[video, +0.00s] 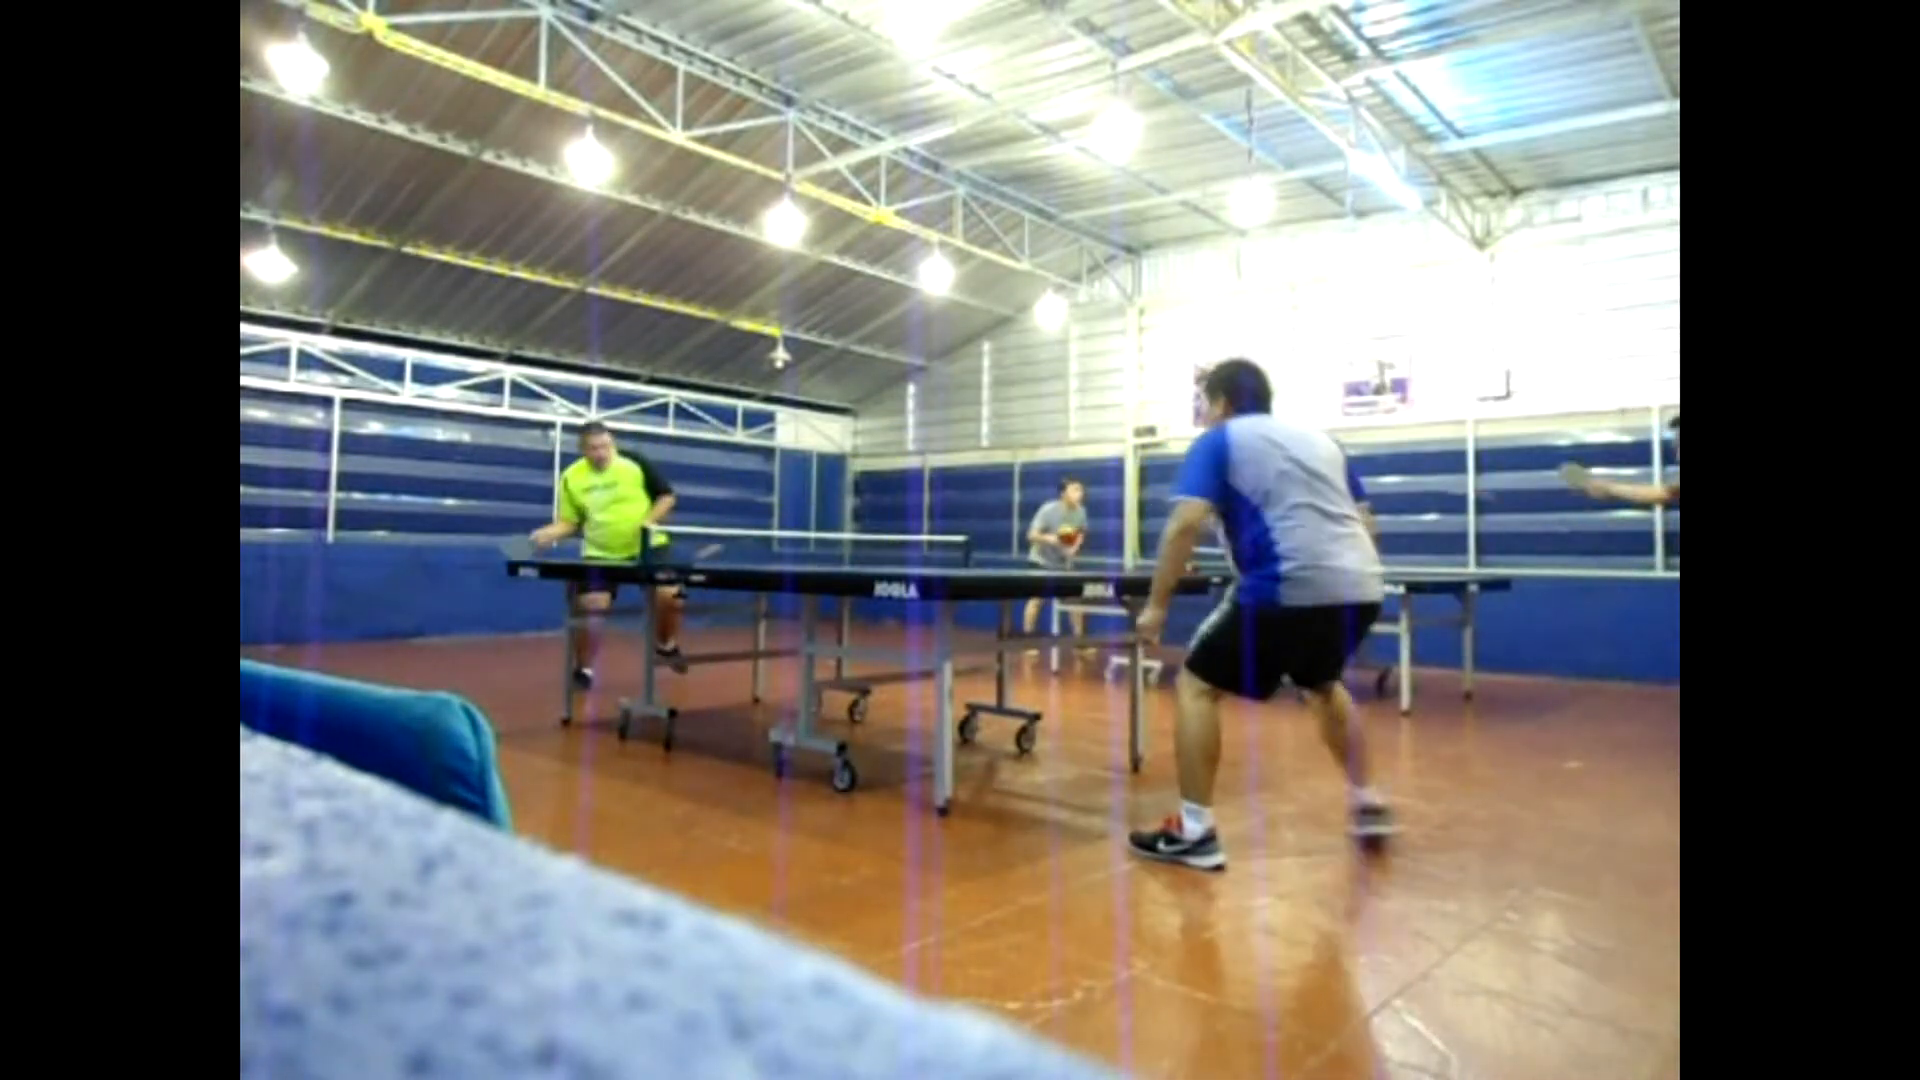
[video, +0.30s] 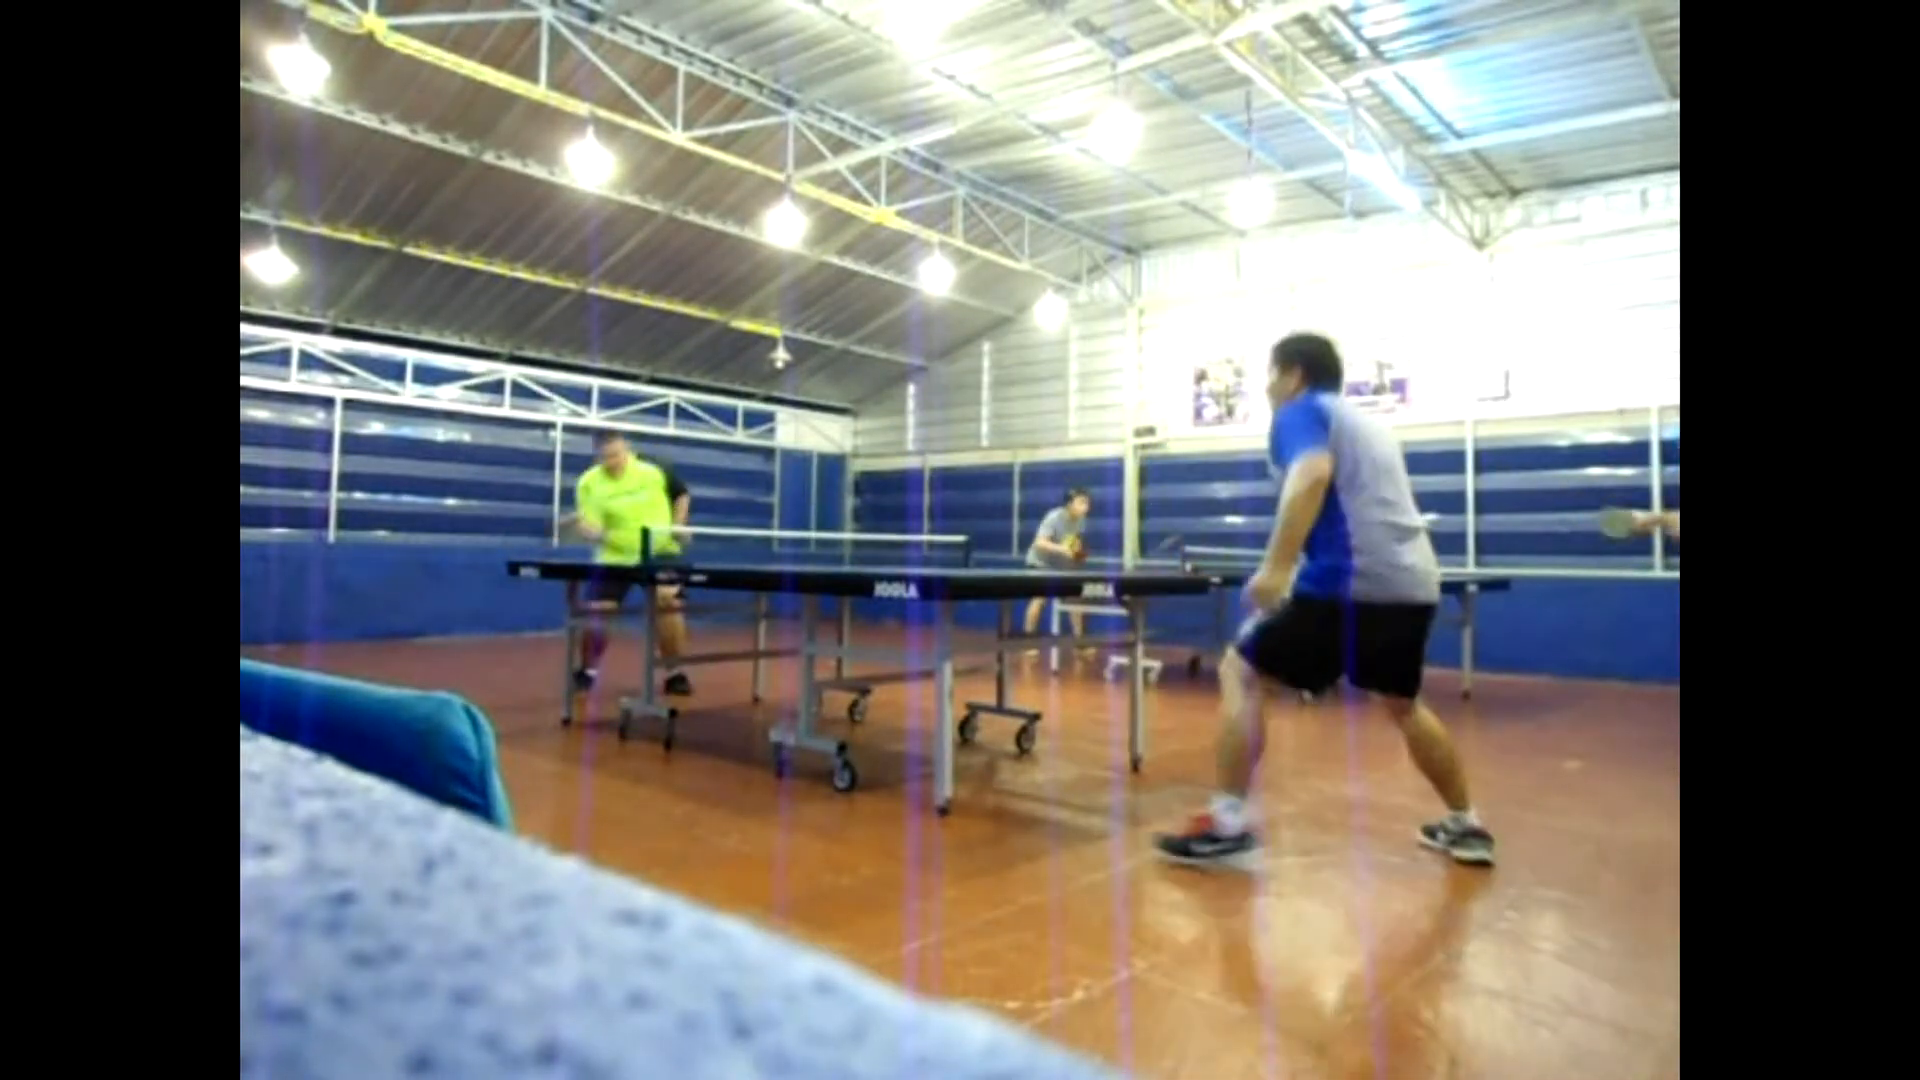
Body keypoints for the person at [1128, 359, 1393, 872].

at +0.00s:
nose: (1201, 414)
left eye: (1204, 403)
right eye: (1201, 403)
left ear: (1224, 402)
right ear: (1264, 401)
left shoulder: (1217, 442)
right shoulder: (1320, 442)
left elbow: (1187, 523)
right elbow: (1364, 520)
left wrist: (1156, 608)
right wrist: (1363, 586)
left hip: (1283, 592)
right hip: (1359, 591)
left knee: (1197, 686)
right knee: (1323, 682)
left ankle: (1193, 828)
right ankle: (1366, 799)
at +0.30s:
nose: (1268, 388)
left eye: (1273, 376)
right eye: (1269, 376)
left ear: (1295, 376)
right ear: (1331, 379)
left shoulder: (1301, 412)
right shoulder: (1367, 423)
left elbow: (1313, 472)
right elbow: (1386, 508)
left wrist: (1275, 568)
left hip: (1346, 589)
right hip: (1412, 591)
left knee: (1240, 669)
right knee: (1404, 703)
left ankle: (1228, 821)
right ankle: (1466, 821)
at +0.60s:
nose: (1264, 393)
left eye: (1268, 383)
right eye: (1265, 383)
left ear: (1287, 379)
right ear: (1327, 380)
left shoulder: (1289, 412)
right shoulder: (1376, 439)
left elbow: (1258, 476)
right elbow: (1379, 520)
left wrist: (1197, 534)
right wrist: (1279, 527)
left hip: (1317, 594)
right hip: (1391, 599)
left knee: (1231, 698)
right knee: (1386, 712)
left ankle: (1206, 859)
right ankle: (1447, 826)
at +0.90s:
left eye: (1245, 403)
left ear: (1248, 405)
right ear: (1311, 413)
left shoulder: (1198, 444)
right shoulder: (1317, 443)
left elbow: (1123, 490)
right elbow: (1327, 508)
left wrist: (1184, 521)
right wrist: (1397, 606)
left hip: (1164, 624)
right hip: (1260, 627)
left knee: (1126, 754)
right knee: (1321, 725)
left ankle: (1074, 871)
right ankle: (1363, 843)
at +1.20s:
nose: (1132, 353)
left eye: (1130, 342)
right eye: (1134, 342)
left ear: (1139, 341)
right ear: (1204, 328)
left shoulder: (1142, 406)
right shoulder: (1268, 377)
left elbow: (1096, 521)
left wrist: (1068, 484)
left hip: (1167, 618)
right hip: (1268, 617)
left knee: (1074, 718)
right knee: (1302, 725)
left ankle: (1061, 898)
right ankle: (1359, 874)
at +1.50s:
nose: (1189, 314)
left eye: (1193, 298)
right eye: (1189, 298)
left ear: (1219, 300)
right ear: (1254, 298)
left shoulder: (1270, 369)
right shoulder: (1263, 370)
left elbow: (1345, 478)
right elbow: (1257, 492)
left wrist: (1249, 557)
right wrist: (1173, 518)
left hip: (1262, 602)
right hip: (1310, 606)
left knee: (1153, 705)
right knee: (1287, 732)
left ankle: (1072, 890)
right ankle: (1368, 892)